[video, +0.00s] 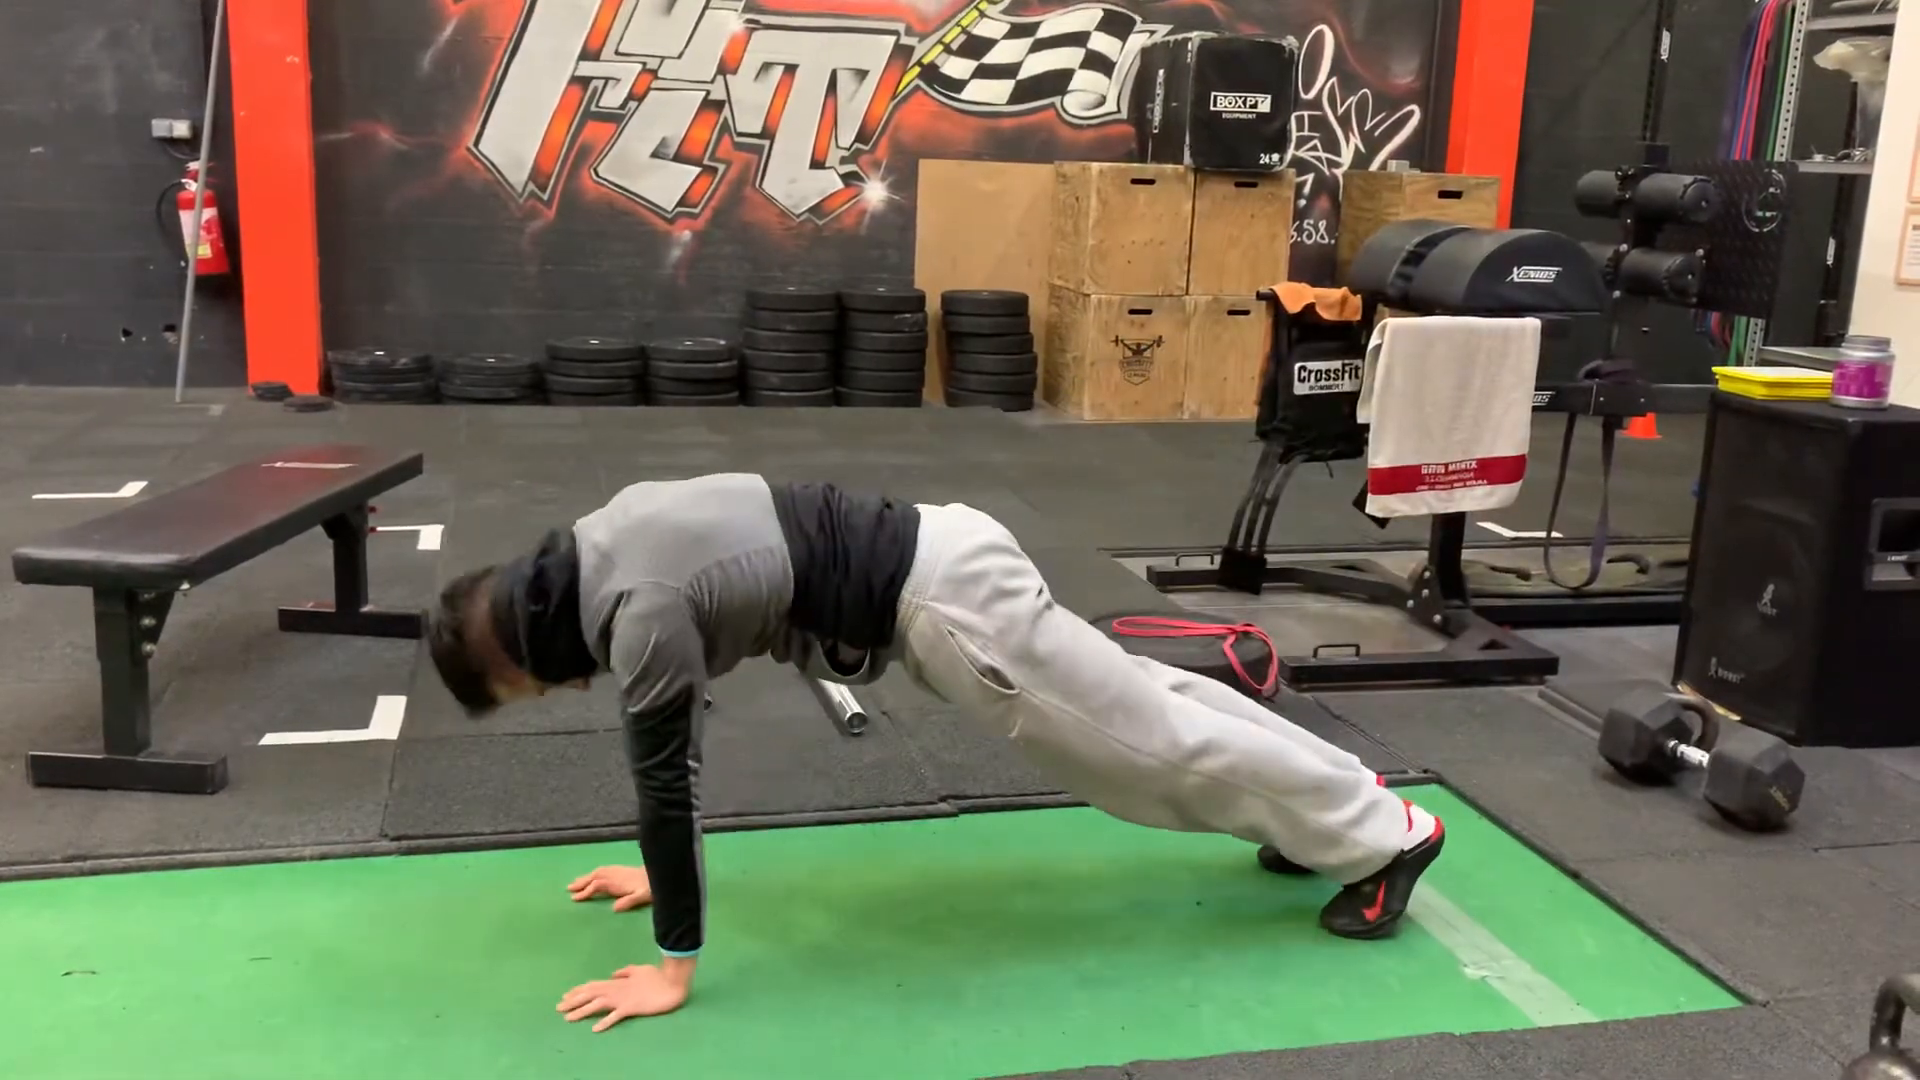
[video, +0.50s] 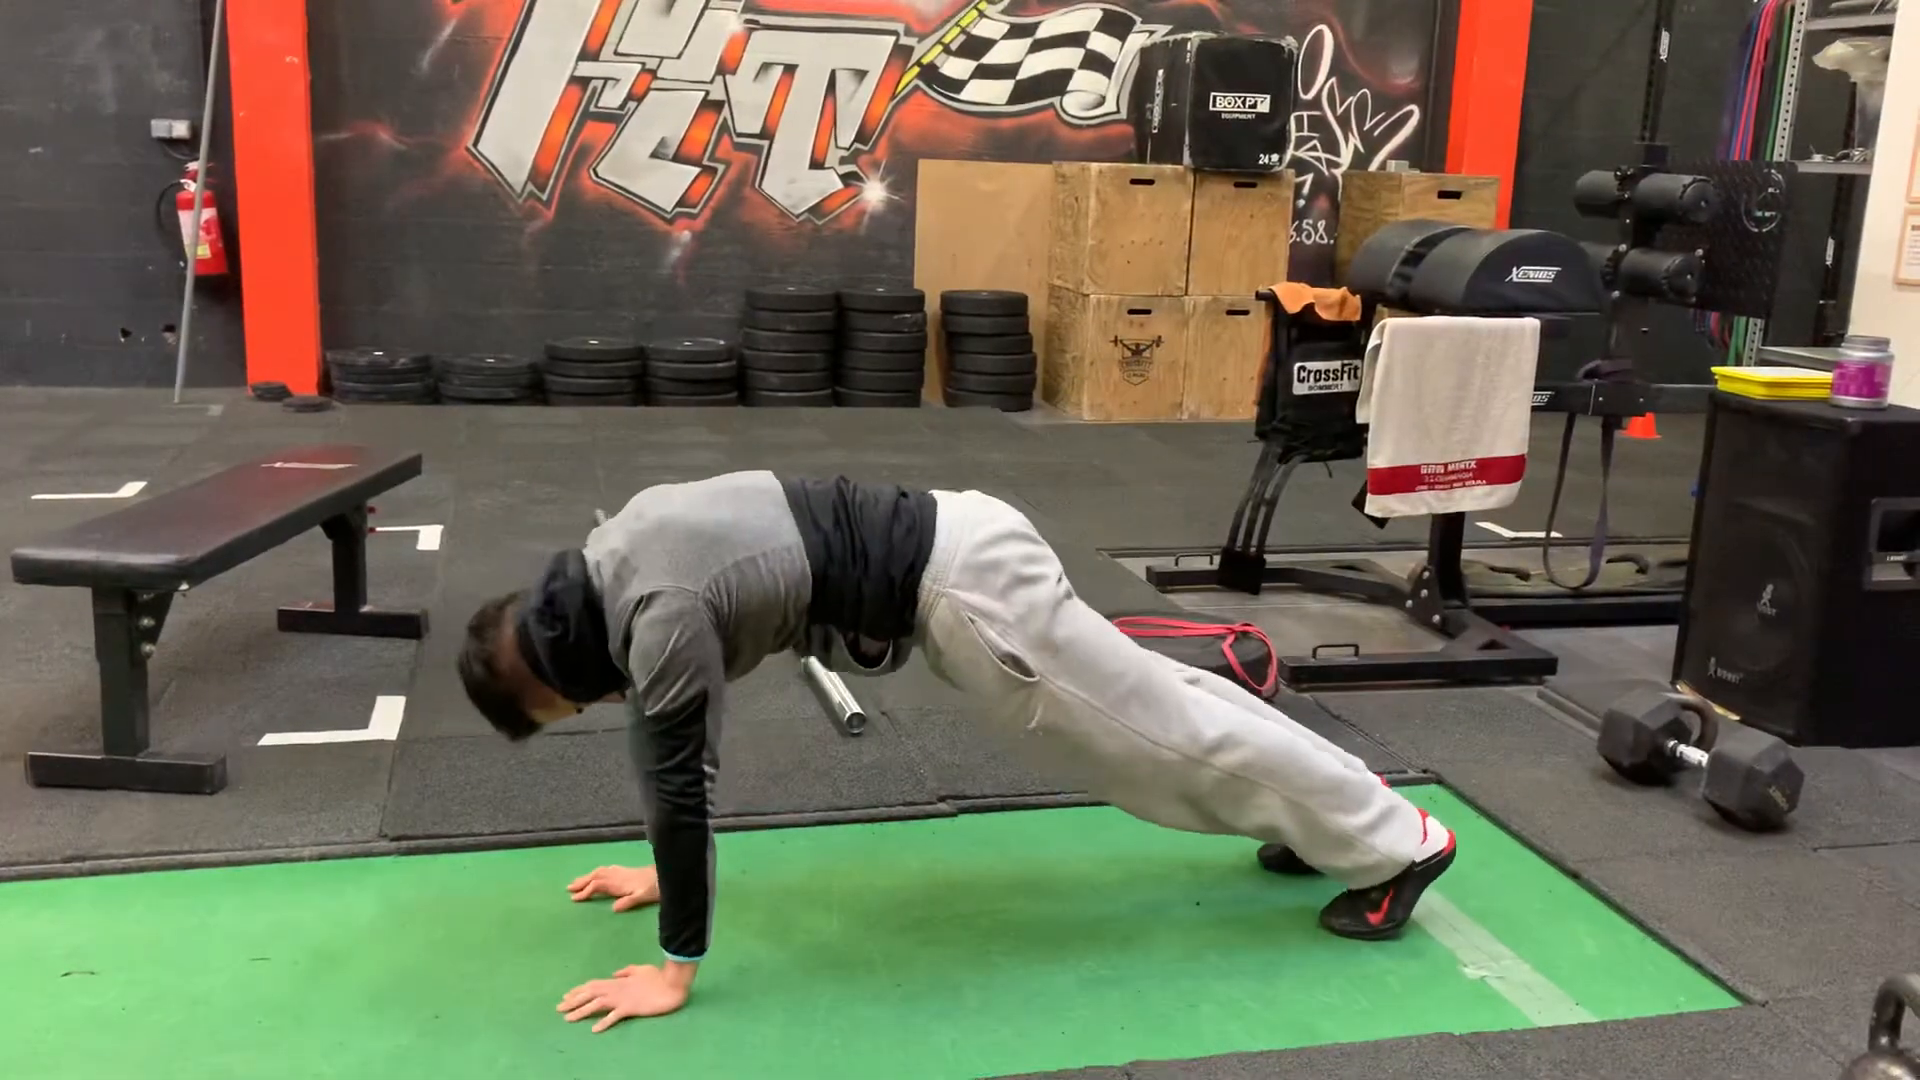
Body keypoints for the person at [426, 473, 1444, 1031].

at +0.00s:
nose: (530, 697)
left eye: (513, 687)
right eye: (512, 684)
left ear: (524, 655)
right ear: (518, 609)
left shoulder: (641, 608)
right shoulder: (603, 552)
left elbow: (667, 786)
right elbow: (660, 739)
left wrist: (676, 962)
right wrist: (656, 859)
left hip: (936, 591)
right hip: (925, 574)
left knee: (1150, 744)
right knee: (1120, 742)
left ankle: (1384, 828)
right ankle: (1315, 786)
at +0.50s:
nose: (558, 721)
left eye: (542, 712)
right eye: (542, 712)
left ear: (553, 675)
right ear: (546, 630)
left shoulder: (662, 614)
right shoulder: (611, 568)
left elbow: (683, 789)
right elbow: (663, 742)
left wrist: (677, 961)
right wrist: (662, 865)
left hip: (956, 575)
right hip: (936, 578)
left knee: (1162, 724)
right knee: (1113, 743)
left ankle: (1392, 838)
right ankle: (1300, 807)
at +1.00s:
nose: (728, 739)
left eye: (721, 732)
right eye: (715, 736)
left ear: (725, 689)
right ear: (696, 671)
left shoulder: (811, 614)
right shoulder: (731, 584)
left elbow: (858, 771)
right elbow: (714, 737)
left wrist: (883, 930)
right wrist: (668, 861)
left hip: (1076, 470)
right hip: (1047, 462)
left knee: (1240, 676)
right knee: (1192, 682)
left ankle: (1413, 852)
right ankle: (1339, 809)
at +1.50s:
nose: (907, 728)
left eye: (899, 720)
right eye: (896, 724)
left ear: (881, 671)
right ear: (866, 661)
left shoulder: (936, 608)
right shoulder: (897, 577)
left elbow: (928, 762)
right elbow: (956, 708)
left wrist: (890, 937)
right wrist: (963, 837)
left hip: (1199, 418)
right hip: (1153, 426)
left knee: (1306, 655)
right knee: (1253, 656)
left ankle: (1426, 869)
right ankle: (1346, 824)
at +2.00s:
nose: (1067, 699)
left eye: (1060, 691)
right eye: (1047, 700)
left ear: (1044, 643)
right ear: (1014, 633)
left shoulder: (1104, 595)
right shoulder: (1026, 567)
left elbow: (1130, 758)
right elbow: (1041, 705)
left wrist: (1140, 917)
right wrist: (1000, 829)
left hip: (1341, 379)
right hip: (1268, 388)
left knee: (1383, 637)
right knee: (1314, 631)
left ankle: (1427, 870)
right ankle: (1352, 826)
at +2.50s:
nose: (1144, 659)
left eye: (1135, 650)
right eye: (1133, 657)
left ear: (1121, 612)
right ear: (1110, 602)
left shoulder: (1178, 555)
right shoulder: (1123, 528)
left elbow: (1185, 723)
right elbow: (1161, 688)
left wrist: (1151, 884)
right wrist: (1155, 833)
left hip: (1442, 365)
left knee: (1429, 631)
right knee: (1355, 624)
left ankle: (1434, 873)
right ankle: (1359, 827)